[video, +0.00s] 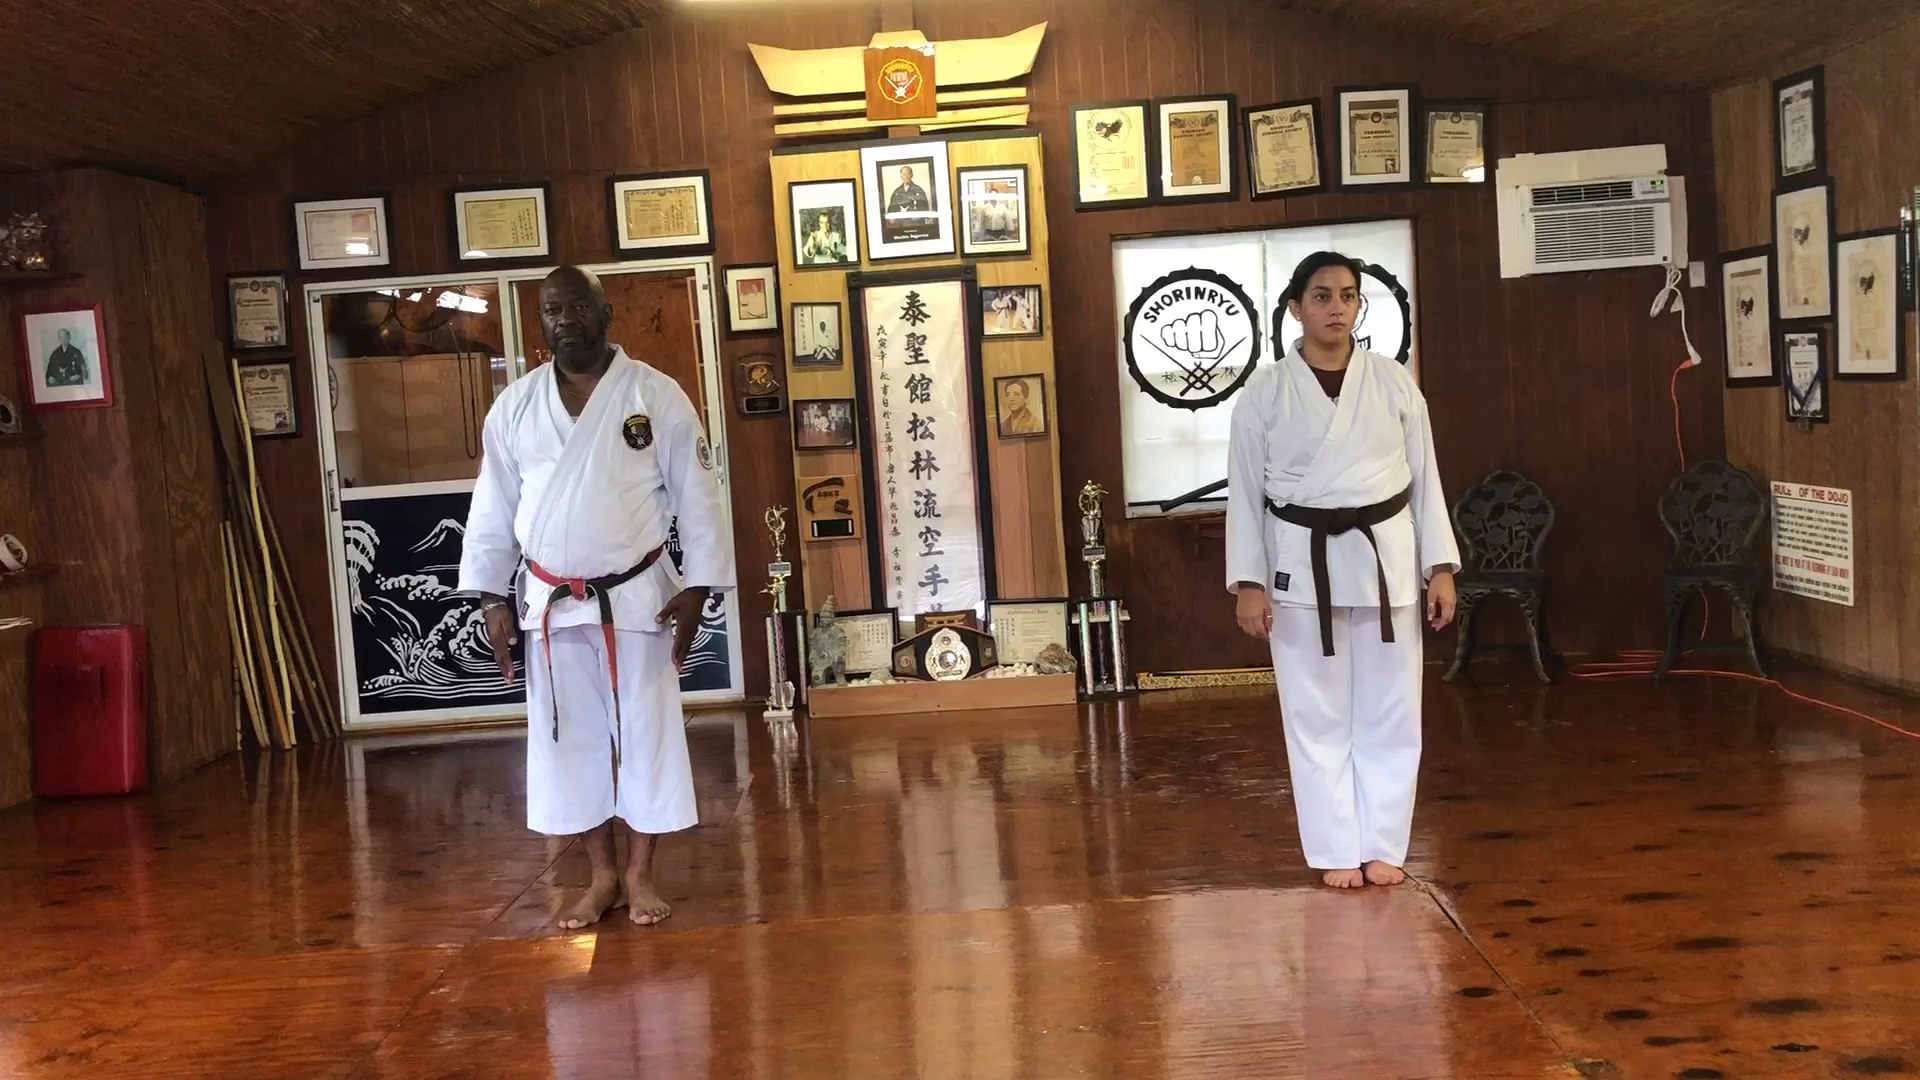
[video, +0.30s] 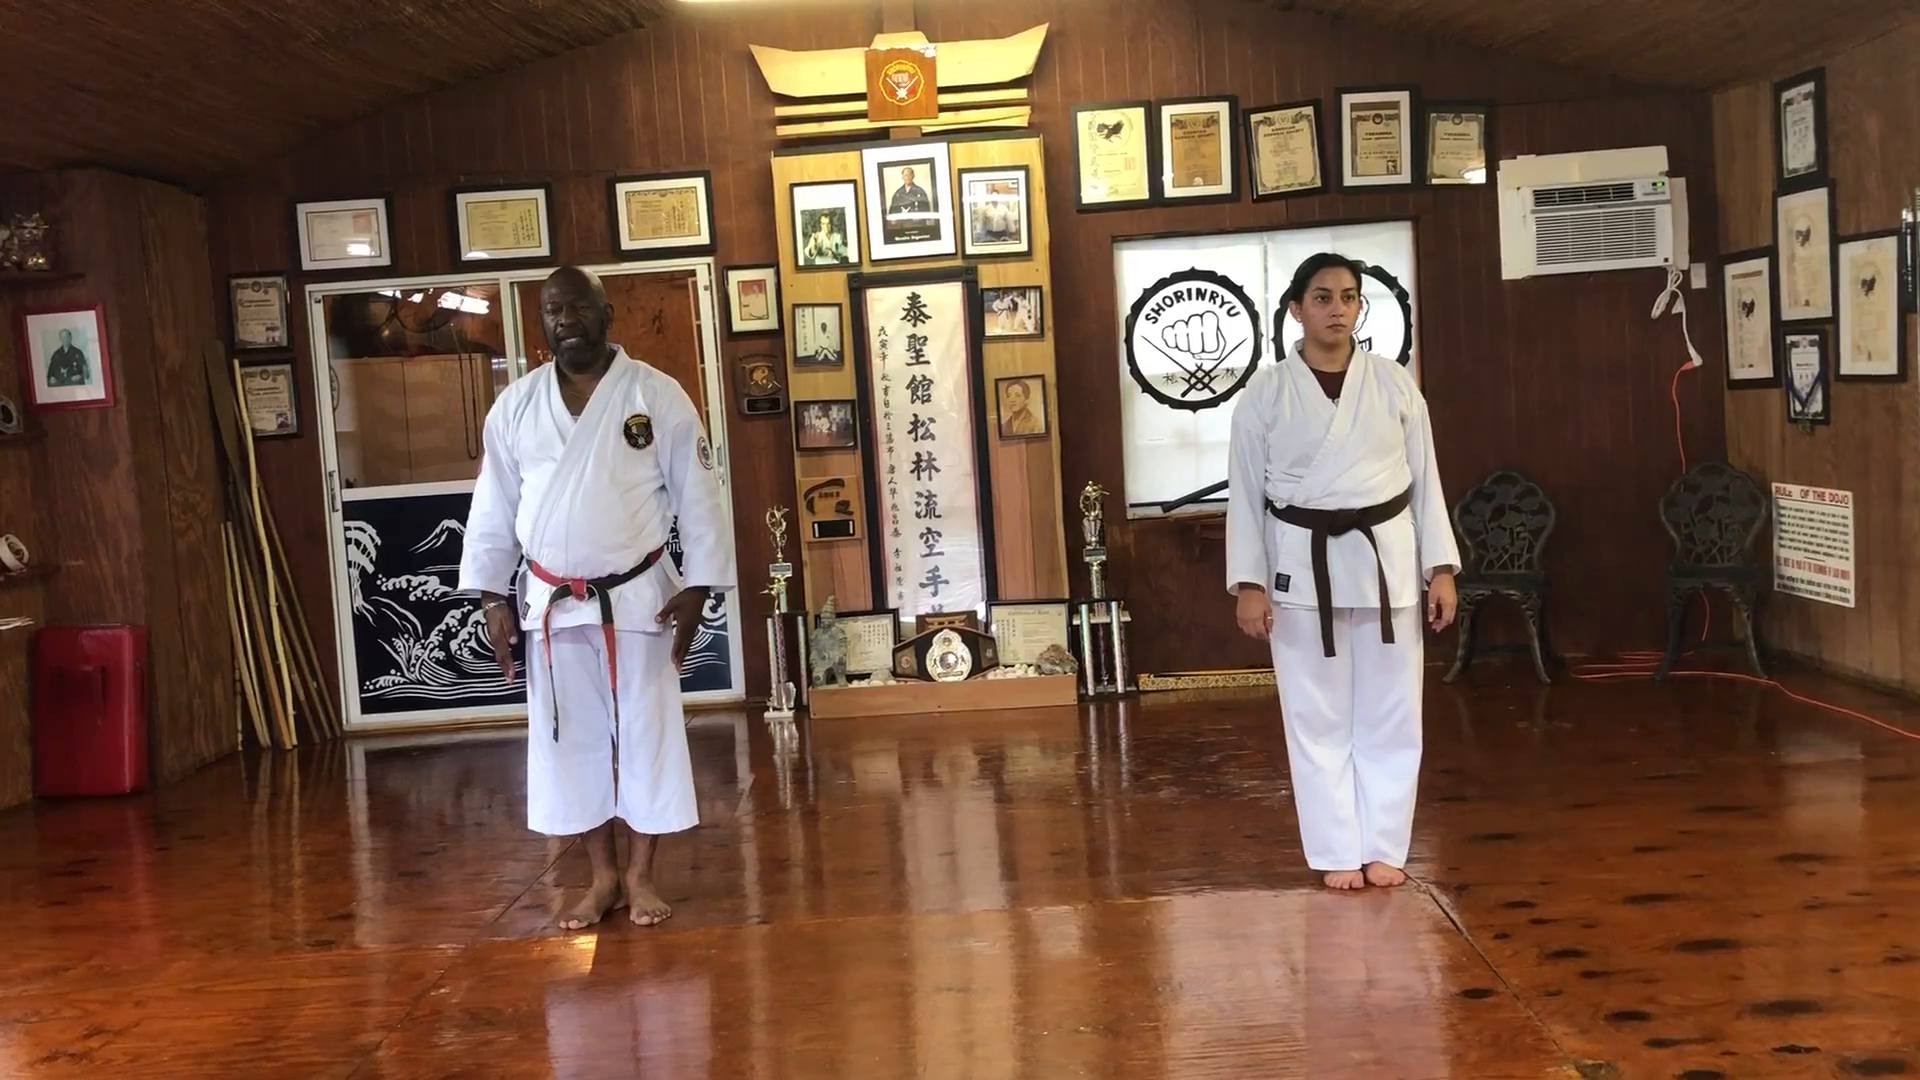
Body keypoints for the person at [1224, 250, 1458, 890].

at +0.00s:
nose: (1337, 307)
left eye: (1348, 295)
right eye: (1322, 295)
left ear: (1360, 308)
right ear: (1295, 308)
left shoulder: (1394, 382)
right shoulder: (1262, 392)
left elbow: (1424, 481)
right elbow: (1245, 493)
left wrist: (1440, 566)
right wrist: (1248, 580)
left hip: (1388, 565)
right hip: (1300, 571)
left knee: (1389, 714)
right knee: (1318, 717)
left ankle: (1383, 849)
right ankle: (1336, 854)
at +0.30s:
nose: (1338, 308)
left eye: (1349, 297)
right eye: (1323, 296)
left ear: (1361, 309)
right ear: (1296, 308)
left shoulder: (1394, 383)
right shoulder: (1263, 393)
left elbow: (1424, 482)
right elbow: (1245, 494)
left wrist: (1440, 566)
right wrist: (1247, 581)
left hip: (1389, 566)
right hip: (1301, 572)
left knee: (1389, 714)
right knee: (1319, 717)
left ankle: (1384, 851)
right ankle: (1336, 856)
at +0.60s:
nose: (1339, 309)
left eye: (1350, 298)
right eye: (1324, 298)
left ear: (1362, 310)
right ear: (1297, 310)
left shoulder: (1395, 385)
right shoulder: (1264, 395)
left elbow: (1425, 484)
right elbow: (1246, 496)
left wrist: (1441, 569)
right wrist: (1249, 582)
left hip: (1389, 567)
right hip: (1301, 573)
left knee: (1390, 716)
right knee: (1319, 718)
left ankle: (1385, 853)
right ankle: (1337, 857)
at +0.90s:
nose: (1341, 311)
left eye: (1351, 299)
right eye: (1325, 299)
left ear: (1363, 312)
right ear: (1298, 312)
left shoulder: (1397, 386)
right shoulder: (1265, 396)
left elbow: (1426, 485)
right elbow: (1248, 497)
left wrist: (1442, 570)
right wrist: (1250, 583)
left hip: (1391, 568)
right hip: (1303, 573)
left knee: (1391, 717)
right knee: (1321, 720)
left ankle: (1386, 854)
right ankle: (1339, 859)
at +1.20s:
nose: (1342, 311)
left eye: (1353, 300)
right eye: (1327, 299)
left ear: (1365, 312)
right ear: (1300, 312)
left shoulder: (1398, 386)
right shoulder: (1267, 396)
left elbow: (1428, 485)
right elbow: (1249, 497)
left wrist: (1443, 570)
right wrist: (1253, 584)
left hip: (1392, 568)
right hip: (1304, 573)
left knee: (1392, 717)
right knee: (1322, 720)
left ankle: (1387, 855)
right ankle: (1339, 859)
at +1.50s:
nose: (1344, 311)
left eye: (1355, 299)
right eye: (1329, 299)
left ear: (1367, 311)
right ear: (1302, 311)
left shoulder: (1400, 385)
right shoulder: (1269, 396)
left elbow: (1430, 485)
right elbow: (1251, 497)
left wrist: (1445, 571)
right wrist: (1255, 584)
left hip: (1394, 569)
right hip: (1307, 574)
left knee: (1394, 718)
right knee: (1323, 720)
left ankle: (1388, 855)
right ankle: (1341, 860)